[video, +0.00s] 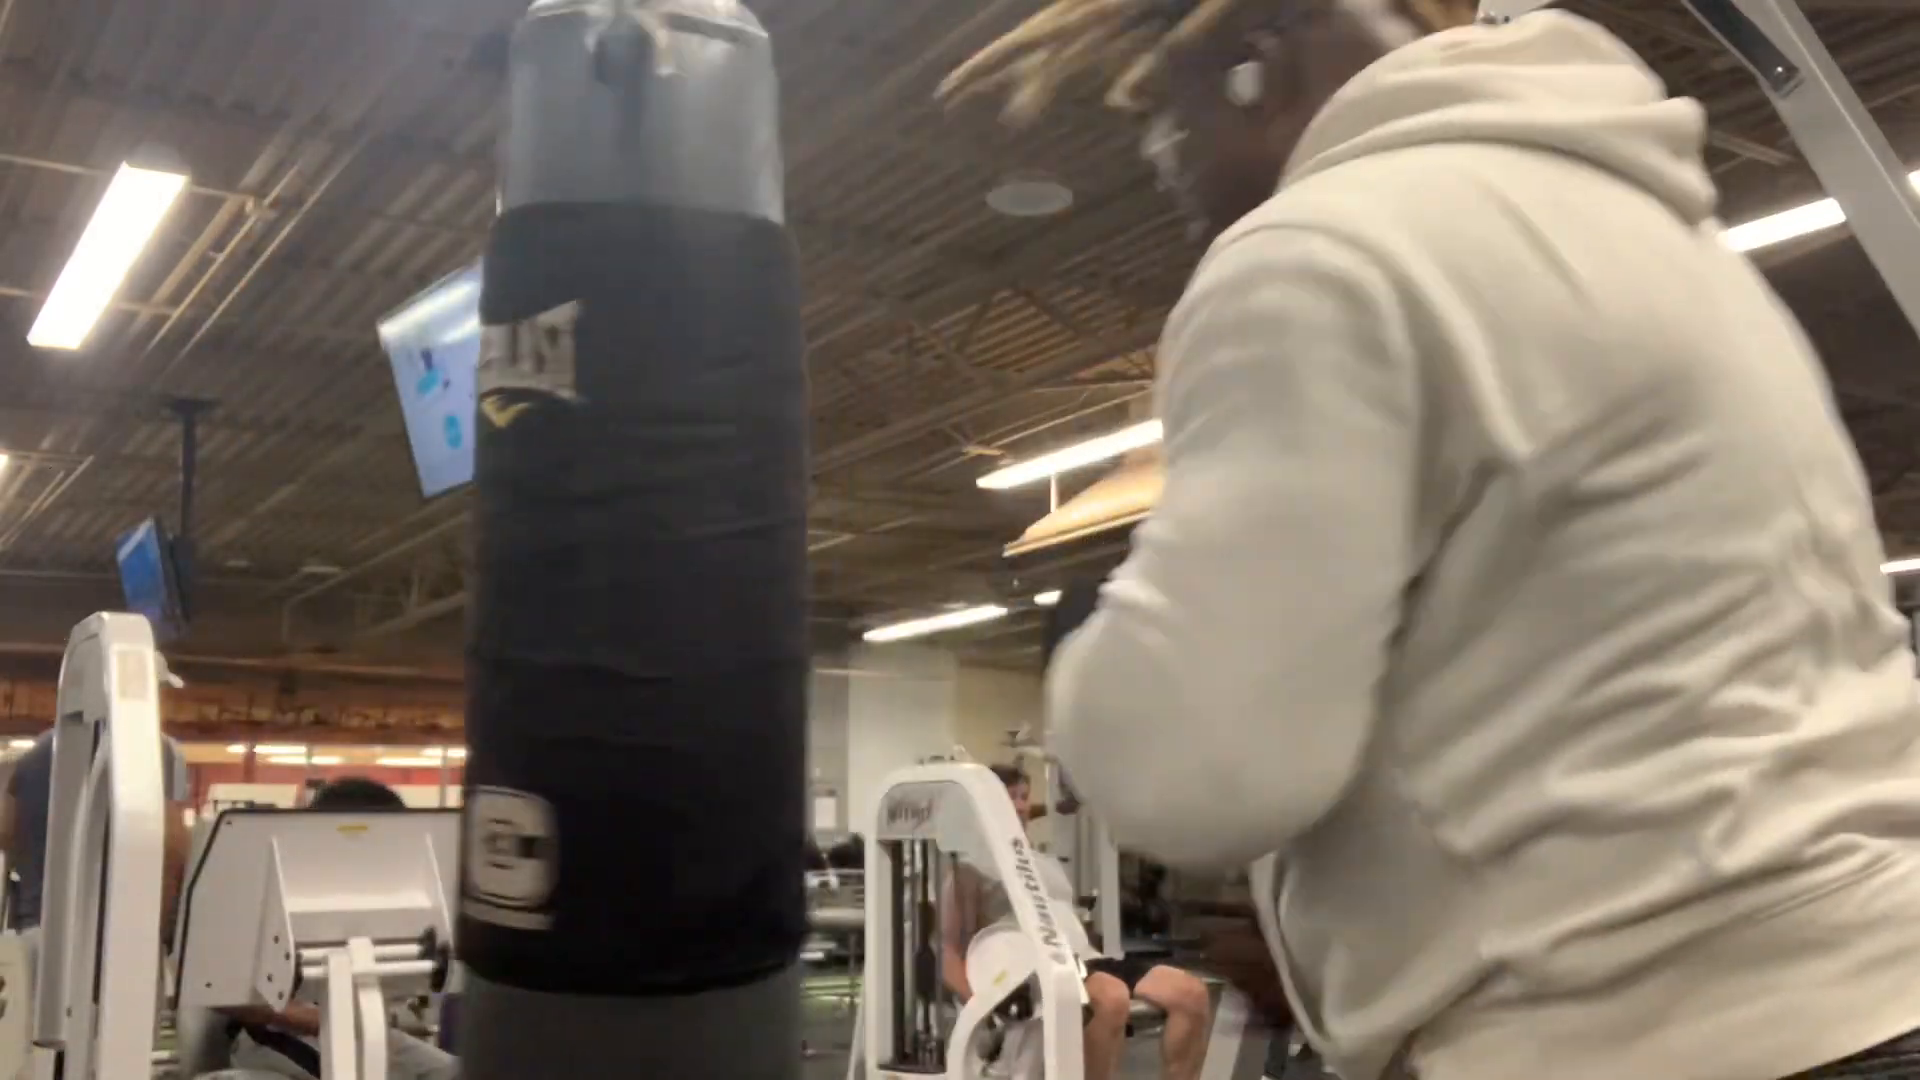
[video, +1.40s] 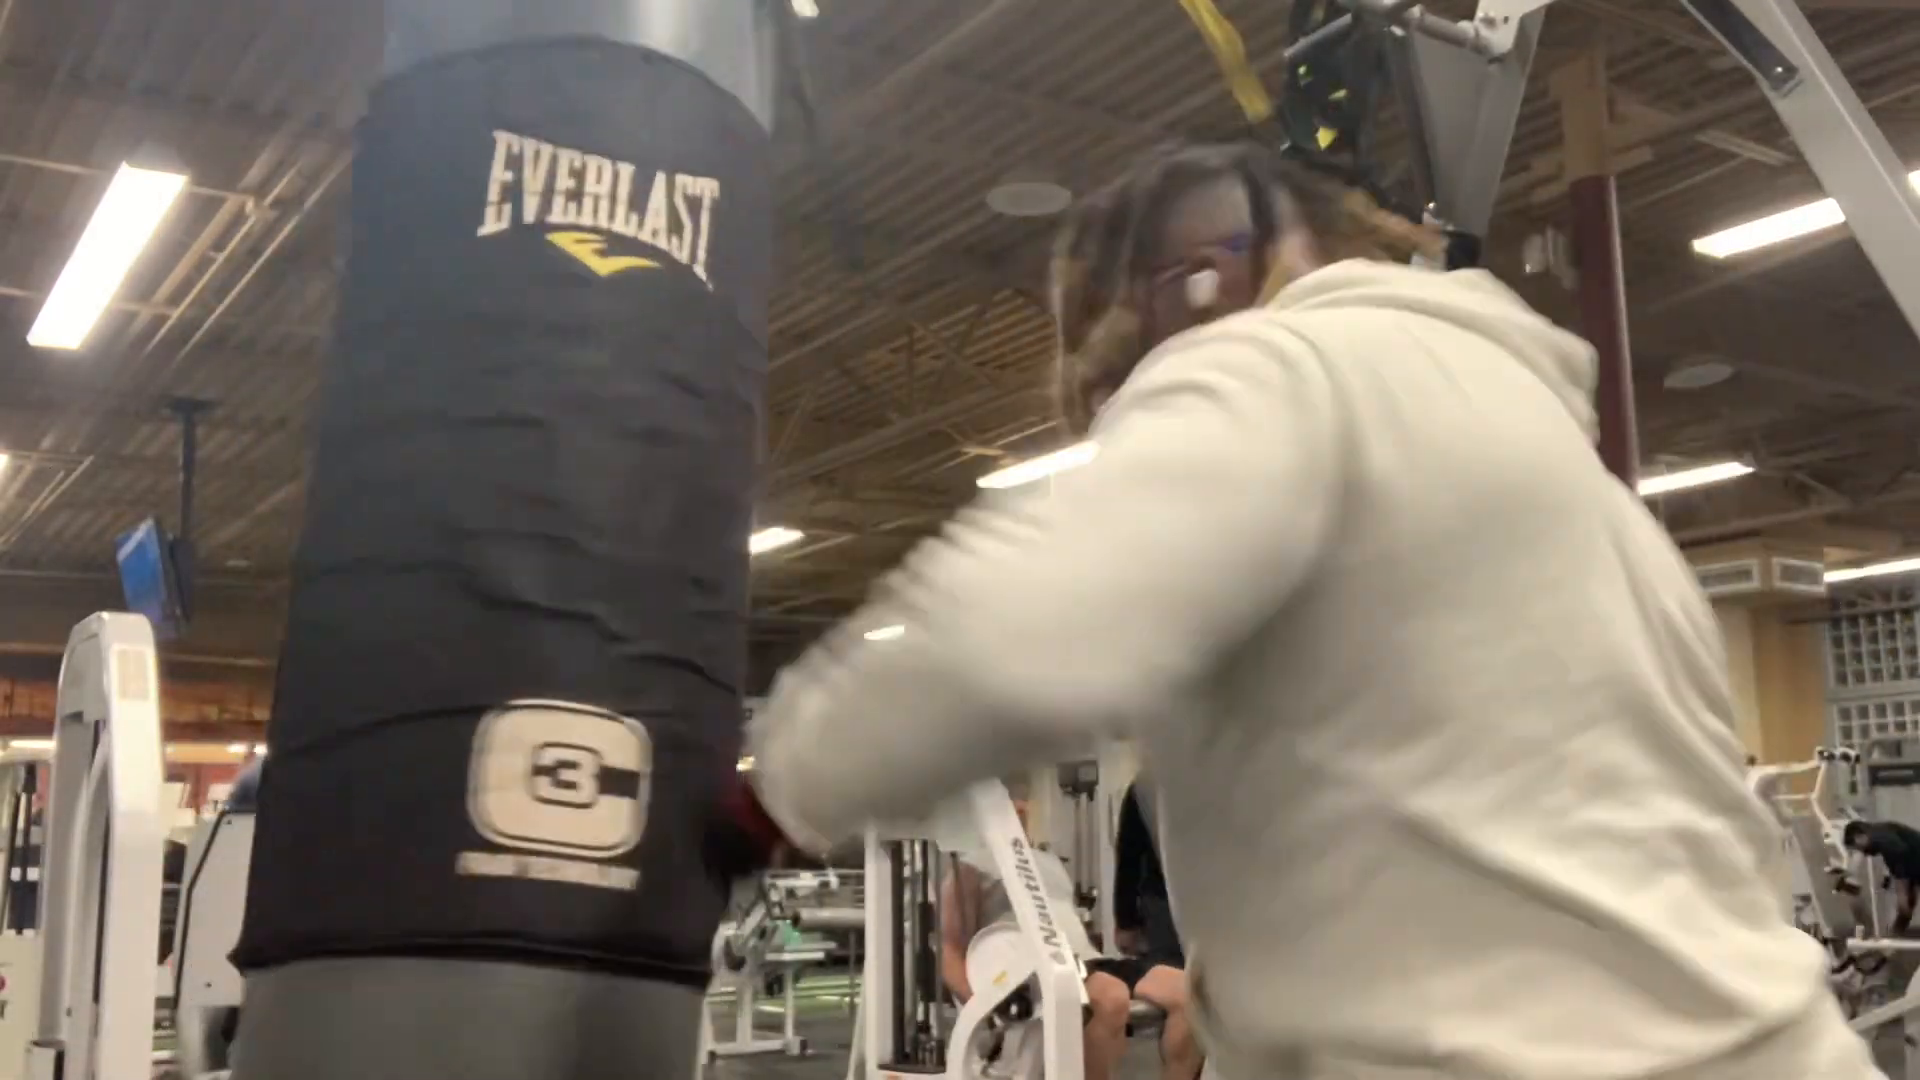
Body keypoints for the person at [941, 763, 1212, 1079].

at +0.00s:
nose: (1019, 806)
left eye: (1023, 798)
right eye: (1010, 798)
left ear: (1027, 804)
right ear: (987, 802)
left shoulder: (1032, 858)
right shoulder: (967, 870)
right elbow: (951, 960)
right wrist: (983, 1002)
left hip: (1071, 959)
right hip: (1017, 970)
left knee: (1191, 994)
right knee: (1112, 997)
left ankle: (1179, 1074)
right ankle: (1098, 1074)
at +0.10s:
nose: (1018, 807)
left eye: (1022, 798)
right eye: (1008, 798)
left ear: (1027, 804)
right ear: (987, 803)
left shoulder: (1031, 858)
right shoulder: (967, 871)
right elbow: (951, 960)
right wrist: (983, 1001)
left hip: (1071, 959)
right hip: (1017, 971)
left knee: (1191, 994)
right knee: (1112, 997)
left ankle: (1181, 1075)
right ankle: (1097, 1076)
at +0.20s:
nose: (1018, 806)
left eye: (1022, 797)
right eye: (1009, 797)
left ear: (1029, 803)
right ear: (988, 802)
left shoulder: (1033, 859)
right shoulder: (967, 870)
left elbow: (1056, 924)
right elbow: (951, 959)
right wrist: (984, 1000)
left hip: (1070, 961)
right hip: (1017, 971)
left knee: (1184, 990)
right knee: (1113, 996)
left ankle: (1182, 1075)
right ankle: (1099, 1075)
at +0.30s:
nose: (1015, 805)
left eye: (1020, 797)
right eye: (1006, 796)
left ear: (1027, 804)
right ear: (986, 802)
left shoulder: (1031, 857)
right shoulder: (968, 869)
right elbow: (951, 958)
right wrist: (982, 1002)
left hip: (1072, 959)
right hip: (1019, 971)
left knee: (1191, 994)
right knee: (1112, 998)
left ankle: (1180, 1074)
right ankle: (1098, 1075)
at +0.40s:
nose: (1016, 806)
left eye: (1021, 797)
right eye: (1007, 797)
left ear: (1027, 804)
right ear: (987, 802)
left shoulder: (1034, 858)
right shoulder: (968, 868)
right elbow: (950, 956)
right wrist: (982, 1003)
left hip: (1075, 959)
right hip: (1021, 970)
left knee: (1194, 997)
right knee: (1112, 998)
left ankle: (1178, 1074)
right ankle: (1097, 1075)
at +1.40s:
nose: (1016, 820)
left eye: (1022, 810)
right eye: (1006, 810)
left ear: (1030, 812)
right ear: (986, 816)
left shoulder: (1046, 862)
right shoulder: (967, 870)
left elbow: (1066, 925)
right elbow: (952, 956)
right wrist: (983, 1002)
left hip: (1078, 962)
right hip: (1023, 972)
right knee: (1113, 997)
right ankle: (1097, 1074)